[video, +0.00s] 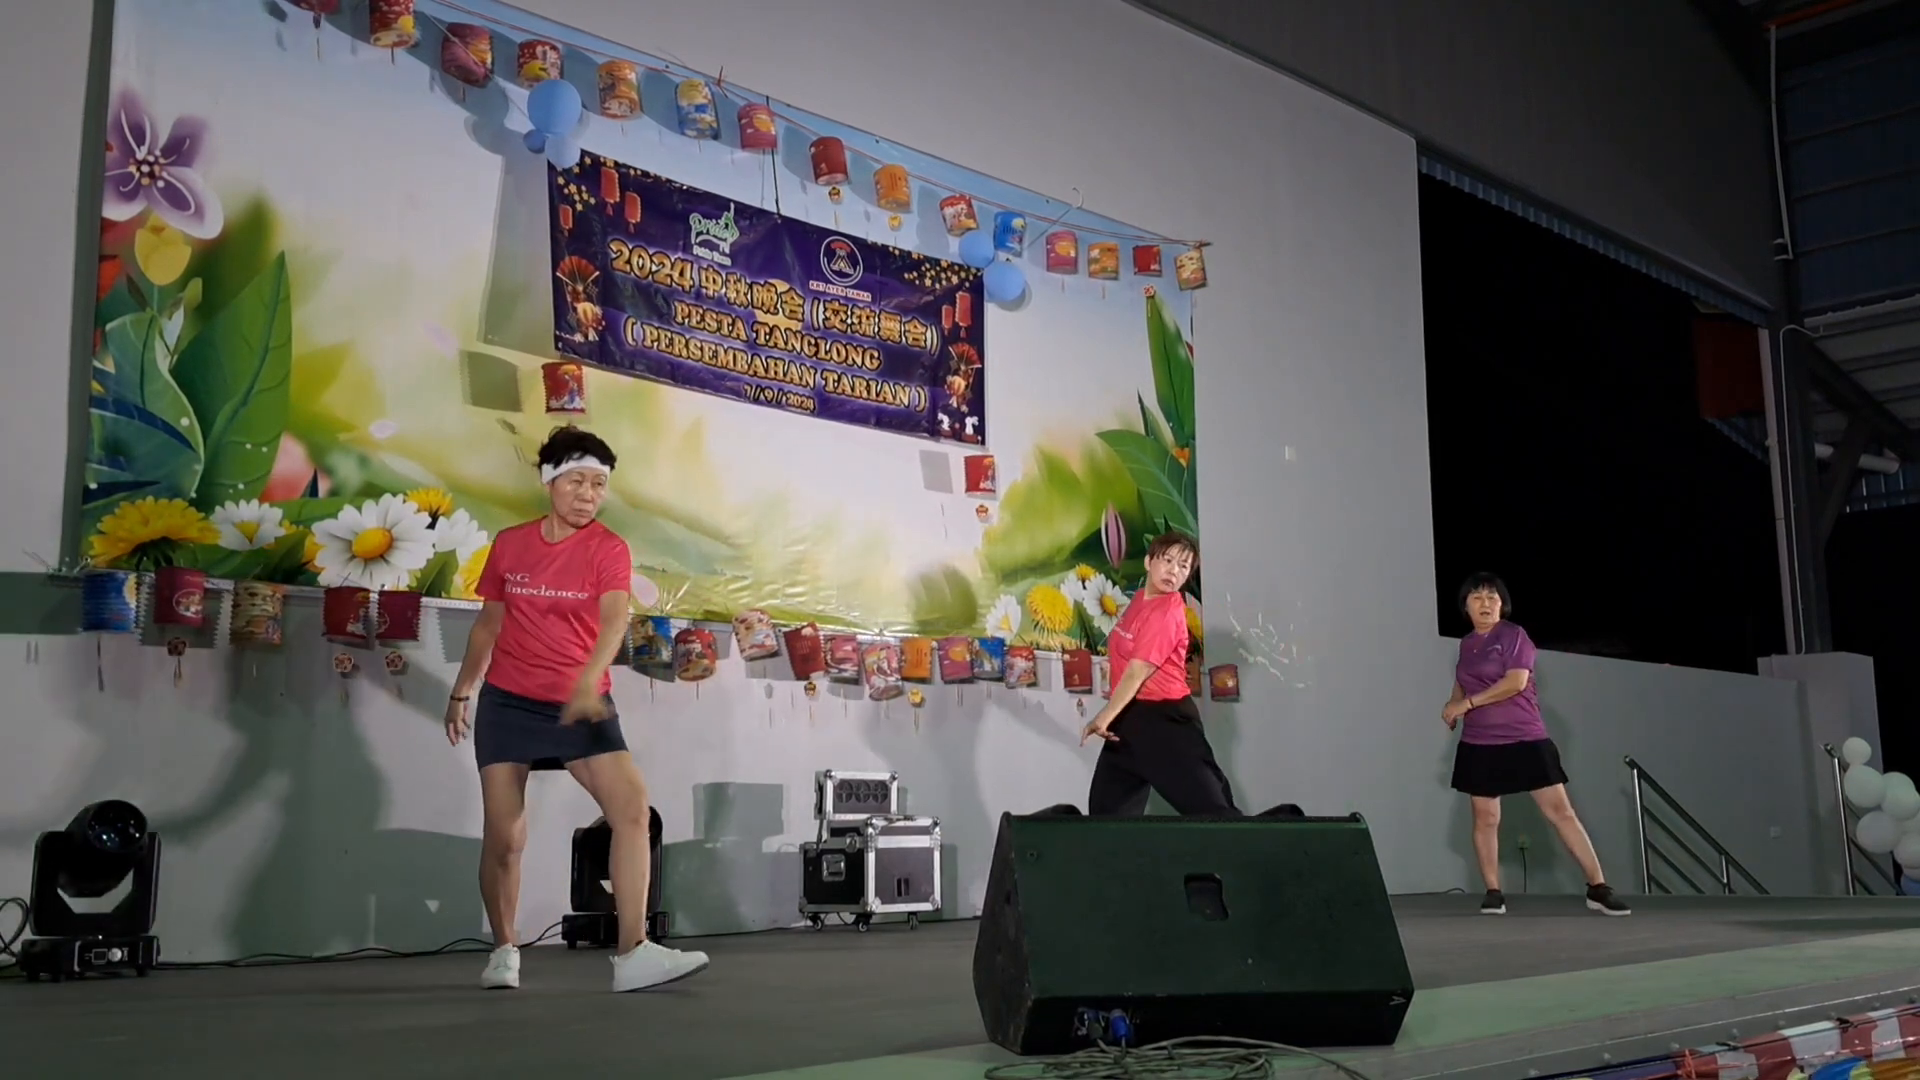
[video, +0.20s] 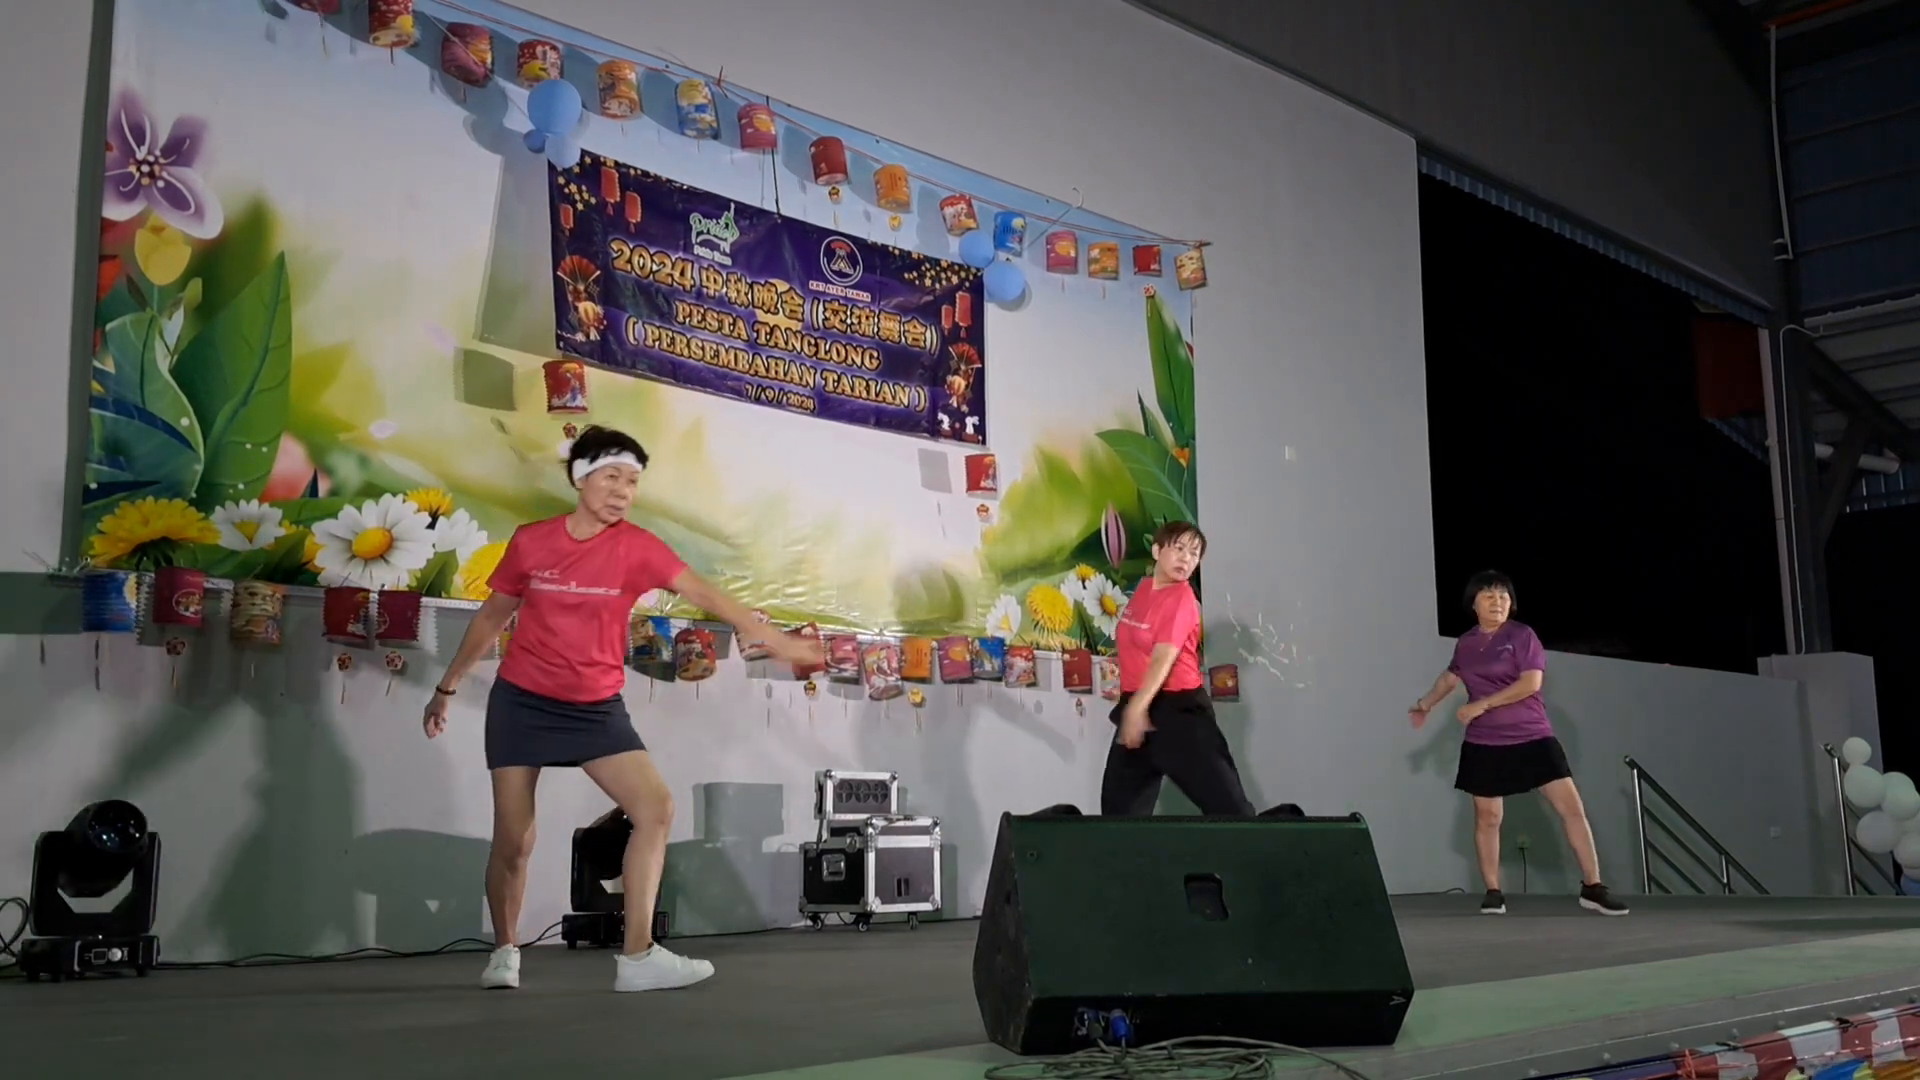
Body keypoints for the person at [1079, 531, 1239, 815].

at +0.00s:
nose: (1174, 571)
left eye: (1183, 566)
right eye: (1167, 560)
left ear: (1188, 576)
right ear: (1149, 562)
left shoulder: (1167, 610)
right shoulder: (1142, 598)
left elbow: (1139, 670)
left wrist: (1104, 717)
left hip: (1164, 720)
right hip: (1128, 718)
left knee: (1215, 814)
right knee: (1107, 820)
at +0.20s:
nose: (1185, 558)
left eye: (1193, 553)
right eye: (1178, 548)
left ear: (1197, 563)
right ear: (1157, 550)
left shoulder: (1182, 599)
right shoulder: (1144, 588)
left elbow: (1164, 657)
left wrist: (1137, 707)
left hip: (1179, 711)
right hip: (1137, 708)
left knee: (1230, 810)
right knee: (1120, 813)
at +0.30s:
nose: (1201, 549)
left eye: (1207, 544)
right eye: (1193, 540)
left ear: (1209, 553)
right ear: (1167, 544)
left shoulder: (1199, 591)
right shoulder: (1144, 585)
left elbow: (1209, 645)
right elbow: (1114, 632)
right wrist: (1086, 655)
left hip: (1193, 703)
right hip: (1144, 705)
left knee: (1239, 803)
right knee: (1136, 810)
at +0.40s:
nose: (1219, 541)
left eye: (1222, 535)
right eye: (1210, 533)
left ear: (1224, 543)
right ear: (1183, 538)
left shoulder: (1226, 583)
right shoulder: (1149, 585)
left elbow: (1264, 621)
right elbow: (1099, 618)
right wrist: (1048, 638)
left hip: (1215, 702)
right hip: (1159, 704)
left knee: (1243, 793)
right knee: (1154, 806)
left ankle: (1236, 880)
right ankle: (1153, 888)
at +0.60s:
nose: (1249, 534)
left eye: (1250, 527)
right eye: (1242, 526)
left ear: (1234, 534)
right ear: (1213, 530)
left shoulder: (1259, 578)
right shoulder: (1185, 578)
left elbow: (1309, 600)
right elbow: (1142, 601)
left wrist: (1365, 589)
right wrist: (1106, 595)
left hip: (1261, 694)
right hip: (1211, 692)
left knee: (1259, 793)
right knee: (1200, 792)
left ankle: (1255, 879)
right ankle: (1187, 873)